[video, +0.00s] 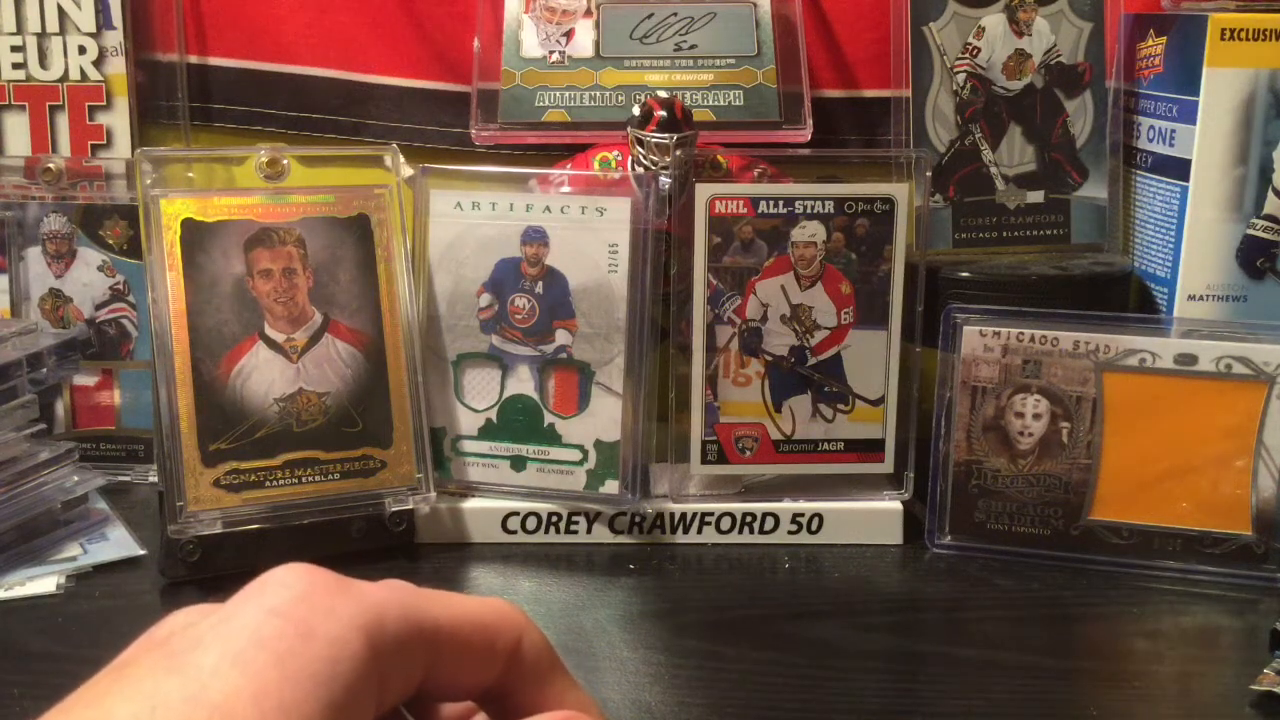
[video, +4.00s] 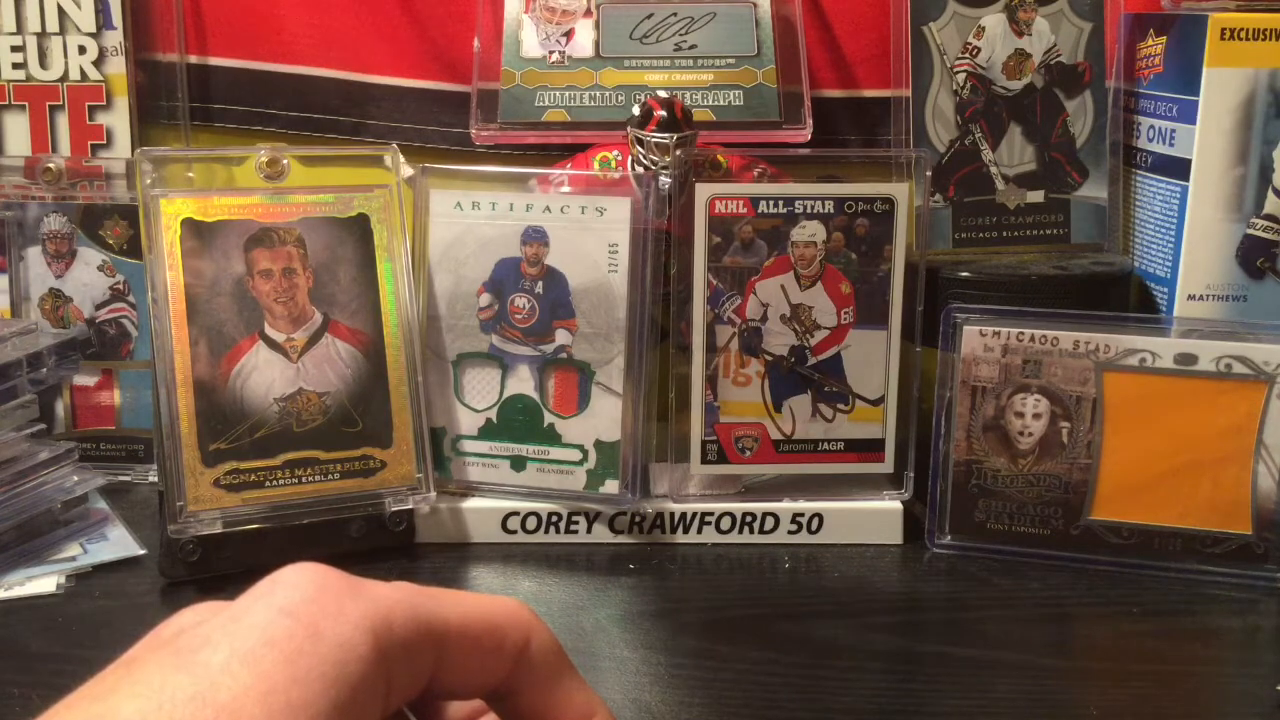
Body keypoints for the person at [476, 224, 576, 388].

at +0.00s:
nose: (535, 251)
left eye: (540, 246)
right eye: (530, 246)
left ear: (547, 250)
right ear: (522, 248)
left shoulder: (557, 280)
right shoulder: (504, 268)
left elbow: (565, 321)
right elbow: (486, 292)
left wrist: (562, 349)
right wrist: (487, 316)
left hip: (542, 353)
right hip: (503, 350)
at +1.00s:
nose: (534, 251)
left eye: (540, 246)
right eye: (530, 246)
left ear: (547, 250)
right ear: (522, 248)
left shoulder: (557, 280)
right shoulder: (504, 268)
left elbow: (565, 321)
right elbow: (487, 293)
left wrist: (562, 349)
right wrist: (487, 316)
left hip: (541, 354)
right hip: (503, 350)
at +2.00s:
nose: (535, 251)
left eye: (540, 247)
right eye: (530, 246)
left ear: (546, 250)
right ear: (522, 248)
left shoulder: (557, 280)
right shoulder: (504, 268)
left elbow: (565, 321)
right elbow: (486, 293)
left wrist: (562, 351)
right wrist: (487, 319)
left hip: (542, 352)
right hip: (503, 348)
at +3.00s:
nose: (534, 251)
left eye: (540, 247)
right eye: (530, 246)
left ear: (546, 251)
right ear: (522, 248)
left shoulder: (556, 279)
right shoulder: (504, 268)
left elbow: (565, 321)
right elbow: (487, 291)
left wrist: (562, 348)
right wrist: (486, 311)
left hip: (541, 353)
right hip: (502, 348)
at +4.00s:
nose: (534, 251)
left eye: (540, 247)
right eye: (530, 246)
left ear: (546, 251)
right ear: (522, 248)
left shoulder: (557, 280)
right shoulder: (505, 268)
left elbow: (565, 320)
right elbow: (487, 292)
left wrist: (562, 350)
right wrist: (486, 315)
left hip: (540, 352)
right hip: (502, 348)